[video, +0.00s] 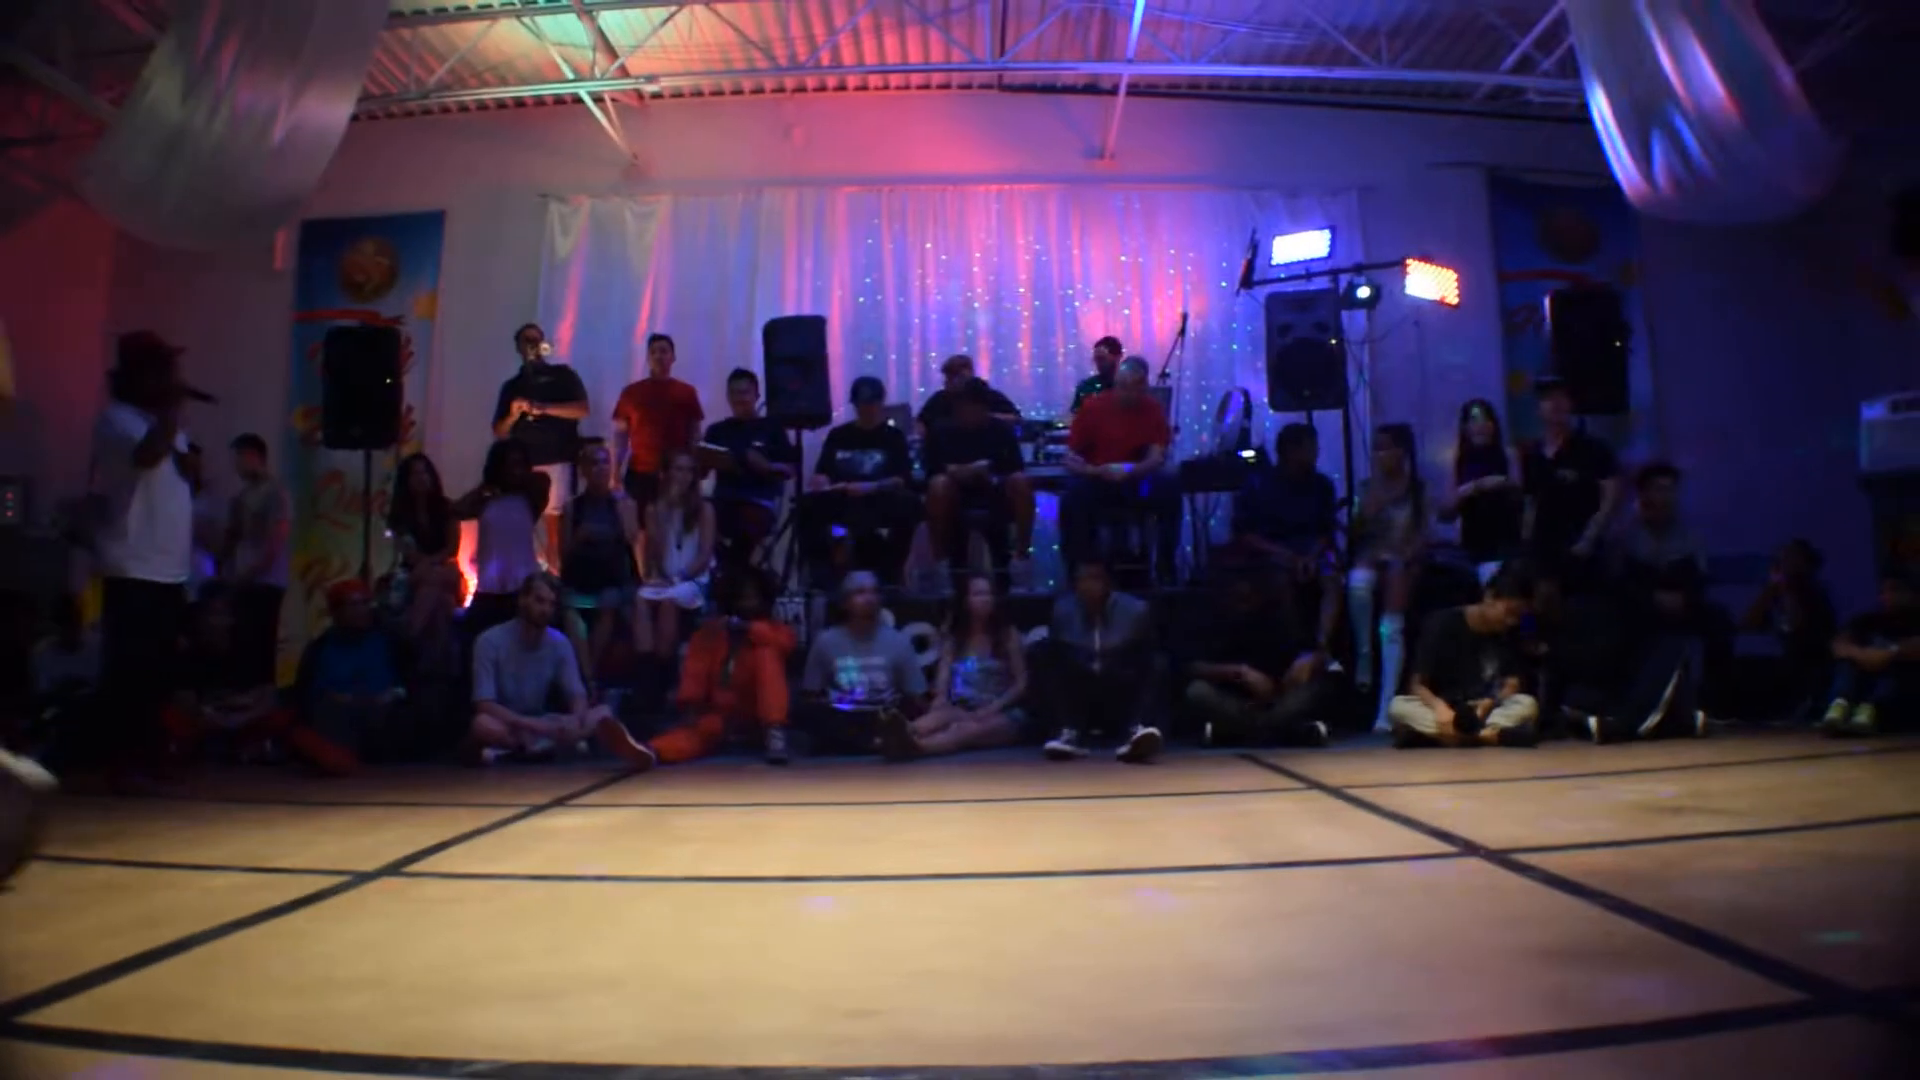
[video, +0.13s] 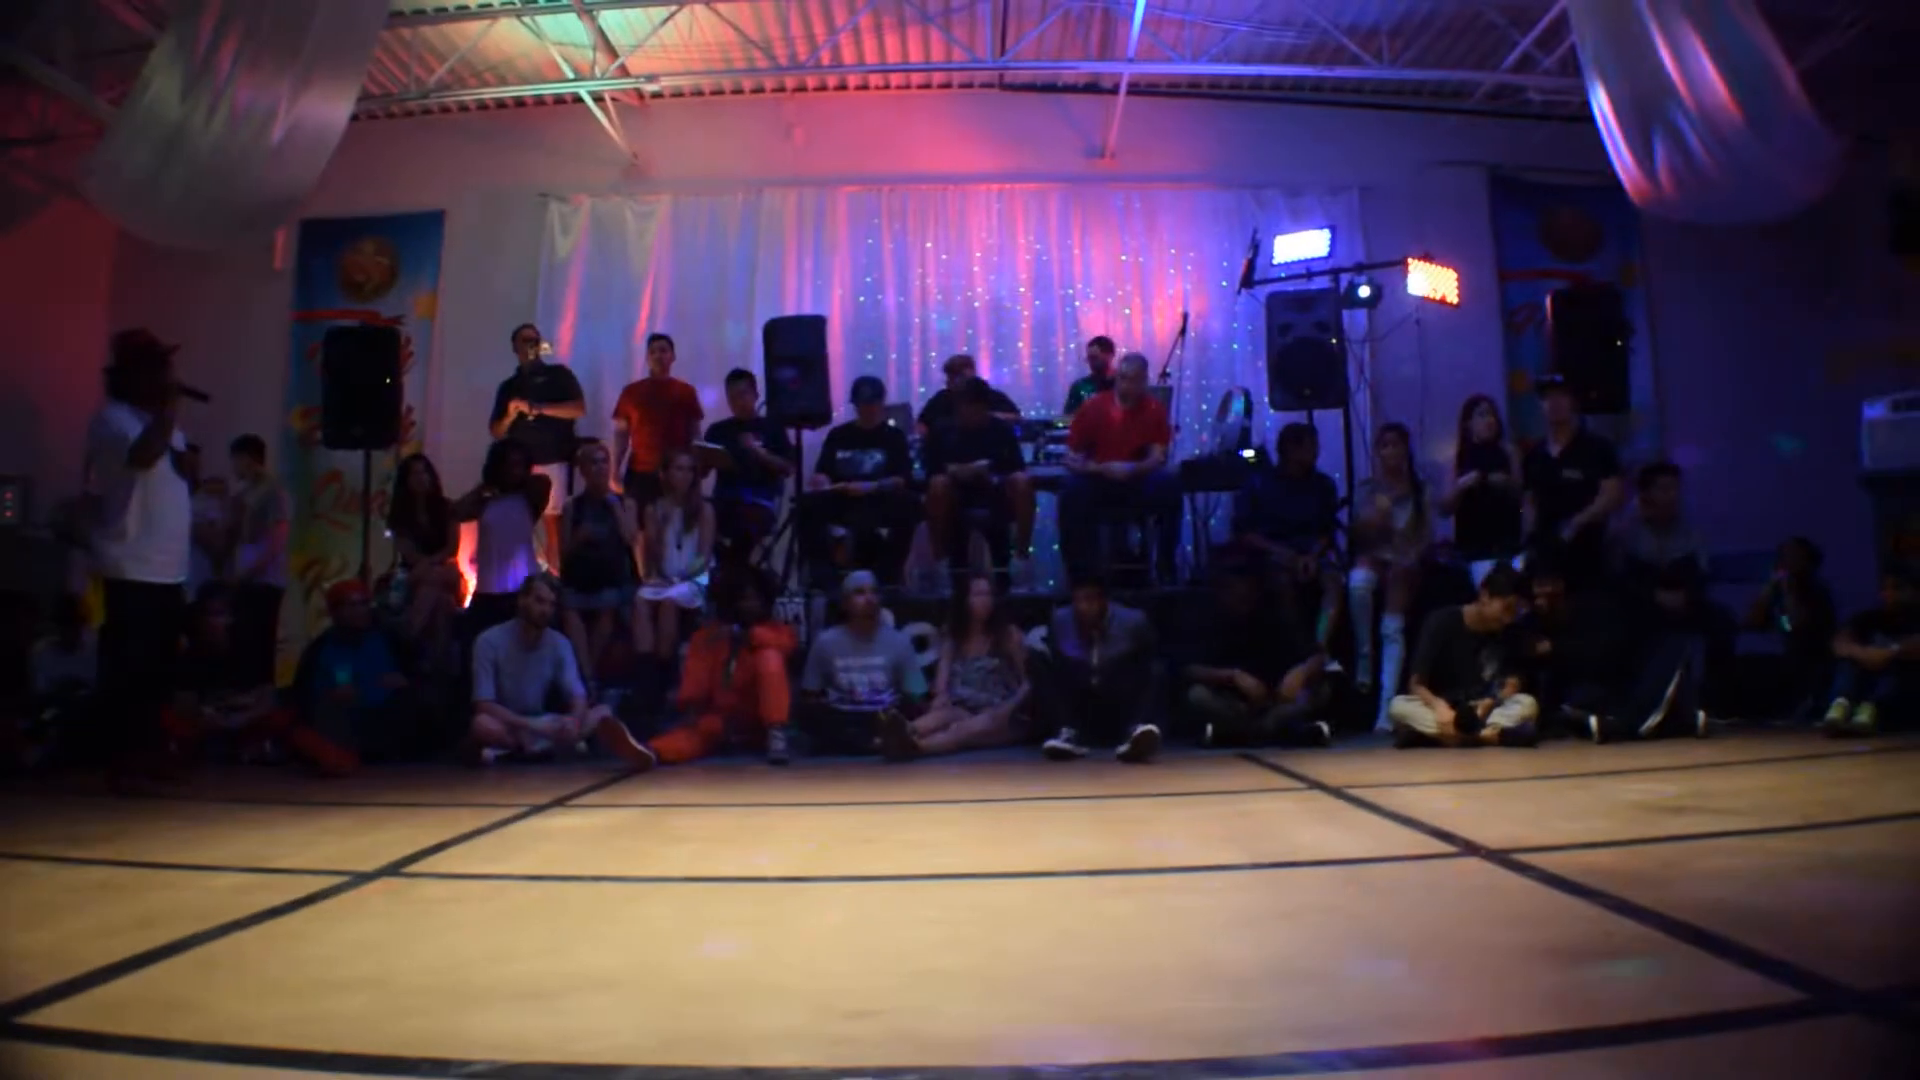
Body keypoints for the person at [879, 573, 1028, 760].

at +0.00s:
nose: (983, 600)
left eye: (987, 594)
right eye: (977, 594)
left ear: (995, 598)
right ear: (965, 599)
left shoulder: (1007, 635)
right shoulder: (954, 638)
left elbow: (1021, 683)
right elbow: (942, 680)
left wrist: (992, 708)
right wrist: (941, 703)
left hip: (996, 708)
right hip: (962, 707)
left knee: (967, 730)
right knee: (942, 714)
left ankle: (918, 747)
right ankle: (906, 731)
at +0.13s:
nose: (982, 602)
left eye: (986, 595)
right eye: (976, 595)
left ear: (993, 599)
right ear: (964, 599)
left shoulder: (1008, 635)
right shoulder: (953, 636)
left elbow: (1027, 684)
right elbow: (941, 684)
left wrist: (1003, 711)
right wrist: (942, 702)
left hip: (996, 707)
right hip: (962, 706)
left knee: (974, 728)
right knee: (943, 714)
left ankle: (920, 747)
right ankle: (907, 730)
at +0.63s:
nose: (1007, 612)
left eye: (1009, 606)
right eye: (1001, 607)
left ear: (1014, 607)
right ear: (985, 608)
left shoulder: (1026, 637)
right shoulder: (968, 645)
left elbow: (1048, 680)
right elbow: (960, 688)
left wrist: (1054, 718)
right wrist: (969, 703)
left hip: (1022, 707)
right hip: (987, 707)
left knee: (995, 730)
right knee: (969, 710)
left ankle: (944, 747)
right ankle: (935, 731)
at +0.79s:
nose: (1000, 611)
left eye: (1003, 605)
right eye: (993, 605)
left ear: (1008, 606)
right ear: (977, 606)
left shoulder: (1021, 634)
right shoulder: (963, 643)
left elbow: (1042, 673)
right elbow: (956, 688)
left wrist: (1049, 712)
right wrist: (965, 705)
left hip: (1021, 706)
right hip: (982, 708)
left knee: (986, 732)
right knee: (961, 717)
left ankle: (937, 747)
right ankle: (932, 730)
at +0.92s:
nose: (1002, 610)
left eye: (1007, 603)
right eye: (996, 603)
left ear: (1013, 605)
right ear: (982, 605)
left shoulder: (1027, 636)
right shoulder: (970, 642)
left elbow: (1050, 676)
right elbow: (962, 685)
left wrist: (1057, 720)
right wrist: (969, 697)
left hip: (1026, 705)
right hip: (988, 704)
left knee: (993, 730)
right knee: (969, 712)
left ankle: (941, 746)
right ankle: (935, 730)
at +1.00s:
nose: (997, 608)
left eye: (1003, 602)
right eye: (992, 601)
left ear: (1014, 604)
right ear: (983, 604)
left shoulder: (1033, 636)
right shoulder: (973, 640)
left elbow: (1056, 672)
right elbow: (963, 684)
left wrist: (1058, 717)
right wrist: (970, 697)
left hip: (1028, 705)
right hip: (988, 703)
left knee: (992, 729)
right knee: (969, 712)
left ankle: (943, 746)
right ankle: (936, 728)